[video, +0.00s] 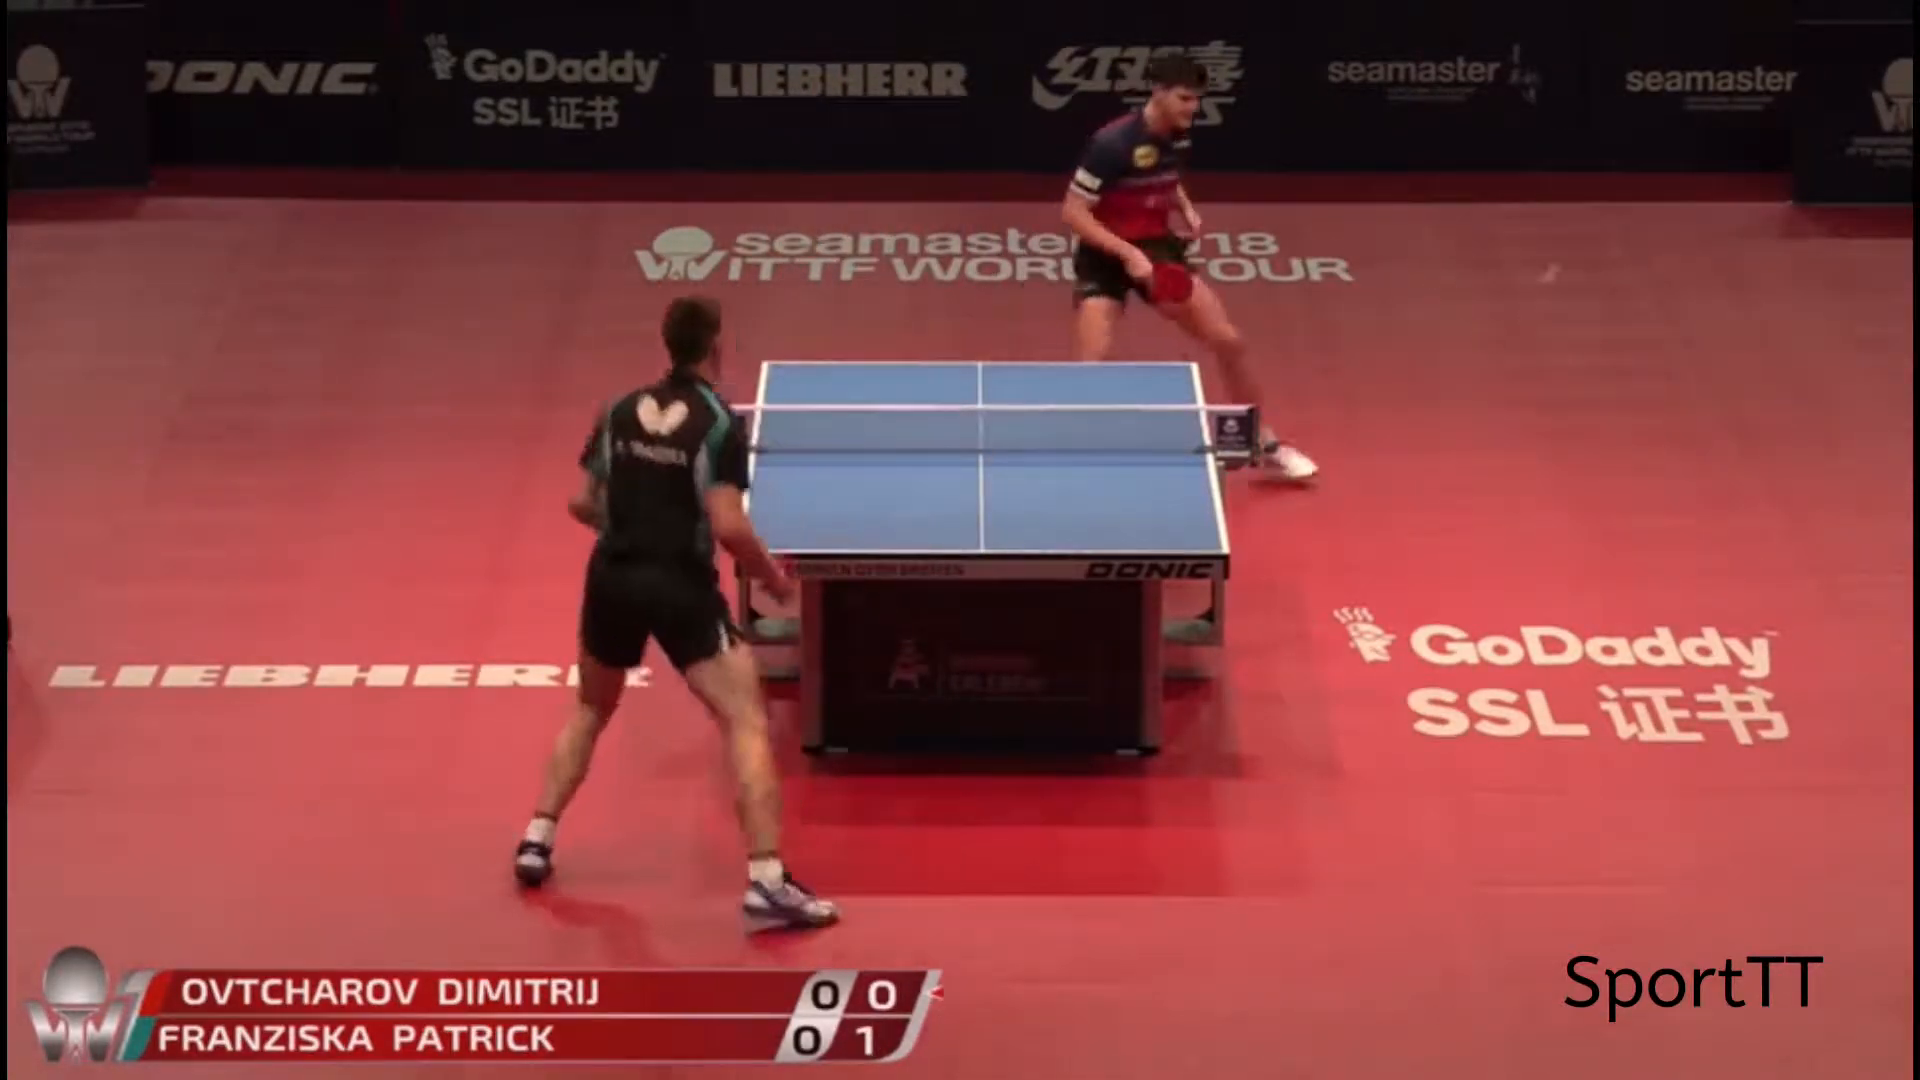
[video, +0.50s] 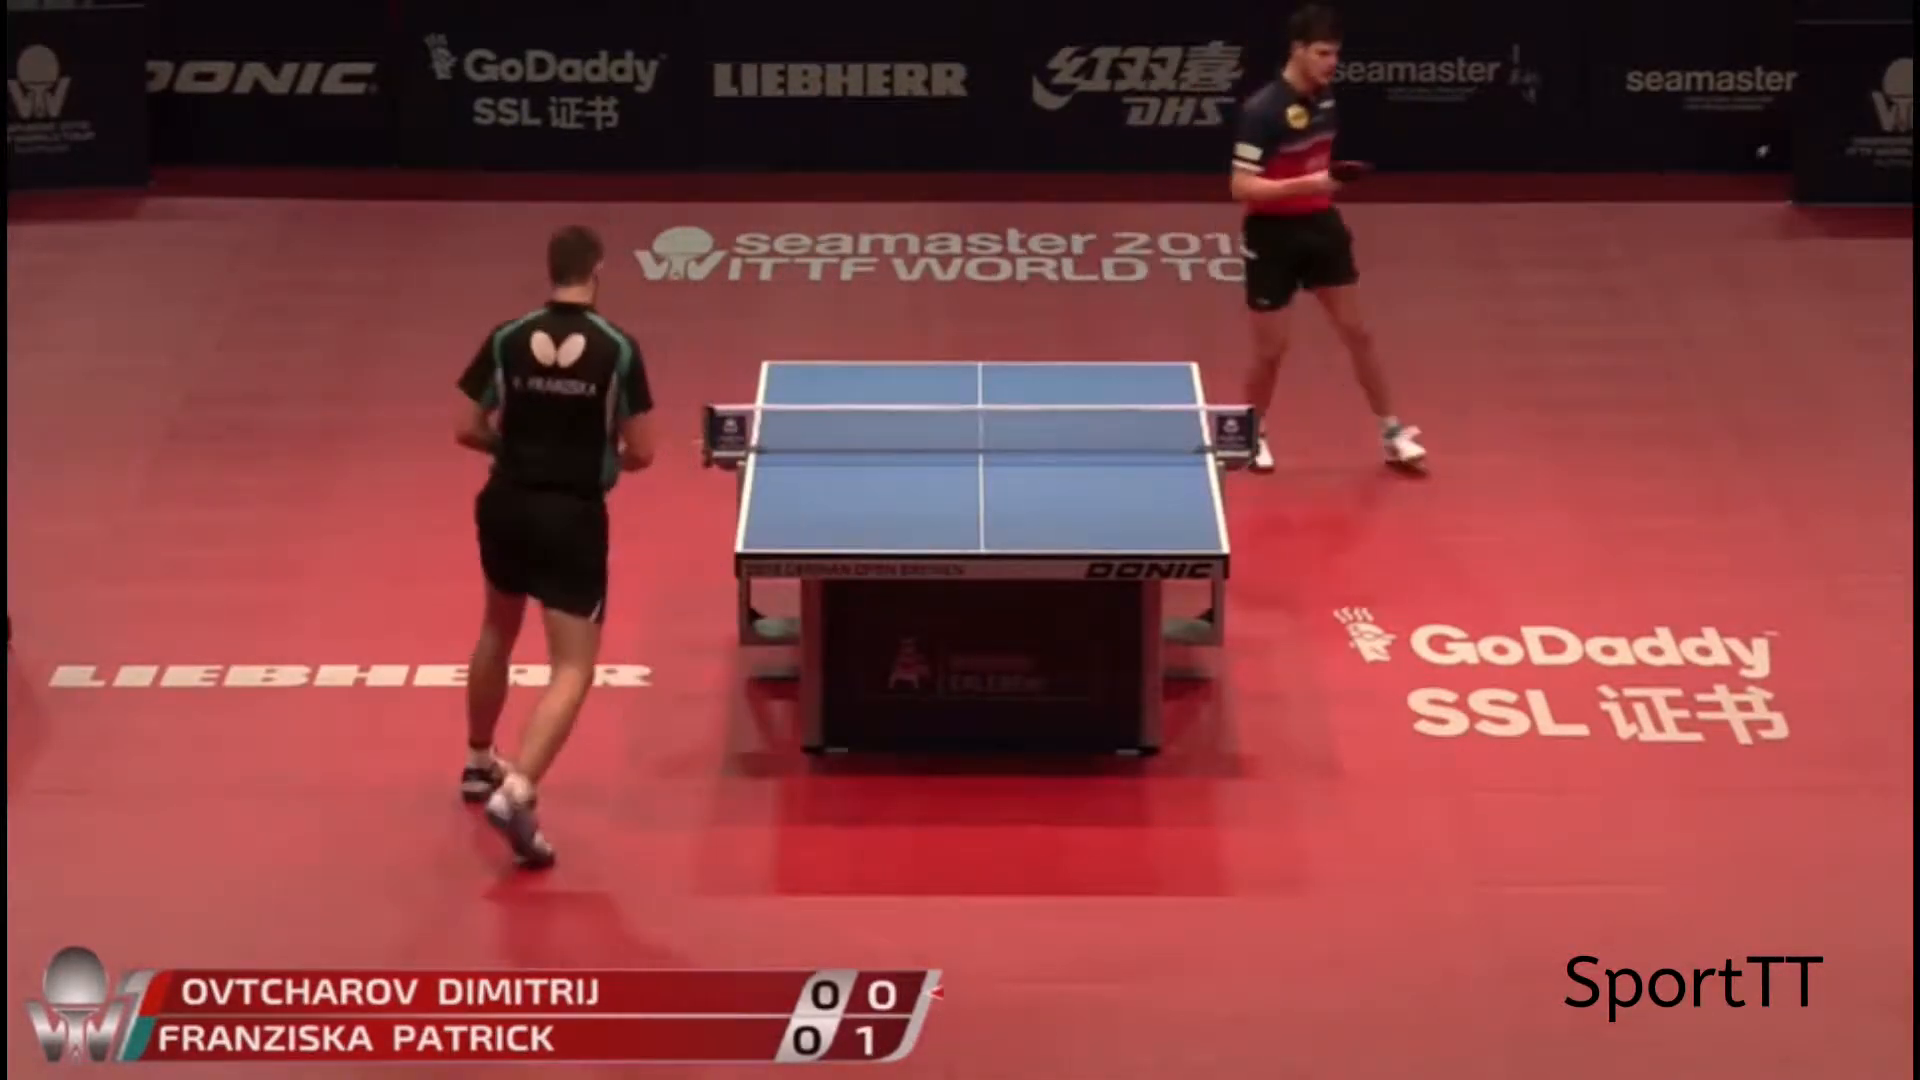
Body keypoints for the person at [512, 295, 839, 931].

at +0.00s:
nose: (725, 355)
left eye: (720, 346)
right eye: (723, 347)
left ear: (666, 348)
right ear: (713, 351)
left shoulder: (619, 411)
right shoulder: (720, 421)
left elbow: (585, 503)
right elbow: (728, 524)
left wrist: (634, 527)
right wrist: (769, 573)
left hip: (611, 579)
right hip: (683, 586)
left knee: (589, 710)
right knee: (746, 722)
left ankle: (538, 838)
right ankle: (767, 878)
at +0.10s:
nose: (676, 272)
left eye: (669, 262)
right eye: (675, 263)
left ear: (618, 266)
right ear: (665, 268)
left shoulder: (575, 334)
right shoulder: (679, 340)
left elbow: (543, 422)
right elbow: (692, 443)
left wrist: (592, 441)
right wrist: (714, 486)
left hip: (575, 506)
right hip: (643, 511)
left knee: (575, 655)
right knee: (658, 670)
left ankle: (534, 792)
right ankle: (634, 822)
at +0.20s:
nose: (668, 262)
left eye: (661, 252)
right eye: (665, 253)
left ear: (608, 256)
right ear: (656, 258)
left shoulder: (567, 324)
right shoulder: (673, 332)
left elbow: (533, 414)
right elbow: (690, 434)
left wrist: (587, 430)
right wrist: (702, 478)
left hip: (568, 498)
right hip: (634, 504)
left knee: (571, 643)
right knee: (637, 664)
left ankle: (527, 783)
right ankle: (597, 811)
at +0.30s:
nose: (629, 278)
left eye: (617, 269)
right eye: (628, 270)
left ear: (571, 277)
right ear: (621, 276)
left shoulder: (536, 342)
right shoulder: (646, 348)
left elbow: (497, 434)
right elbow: (680, 451)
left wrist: (547, 448)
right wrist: (658, 474)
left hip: (533, 508)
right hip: (598, 518)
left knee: (523, 648)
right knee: (564, 678)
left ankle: (495, 783)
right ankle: (503, 823)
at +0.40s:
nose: (618, 291)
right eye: (619, 282)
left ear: (564, 288)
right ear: (615, 287)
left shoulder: (530, 353)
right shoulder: (639, 360)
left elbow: (492, 445)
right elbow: (676, 460)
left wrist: (543, 459)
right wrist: (649, 473)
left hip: (524, 520)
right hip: (591, 531)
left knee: (511, 653)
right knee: (555, 688)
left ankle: (487, 777)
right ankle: (496, 838)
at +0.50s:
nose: (596, 280)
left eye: (584, 270)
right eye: (599, 271)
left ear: (549, 272)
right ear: (595, 275)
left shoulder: (507, 338)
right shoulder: (619, 349)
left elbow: (468, 427)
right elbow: (640, 451)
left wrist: (515, 447)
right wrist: (603, 450)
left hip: (504, 506)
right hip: (574, 516)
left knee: (497, 629)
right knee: (572, 668)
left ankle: (479, 760)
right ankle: (518, 791)